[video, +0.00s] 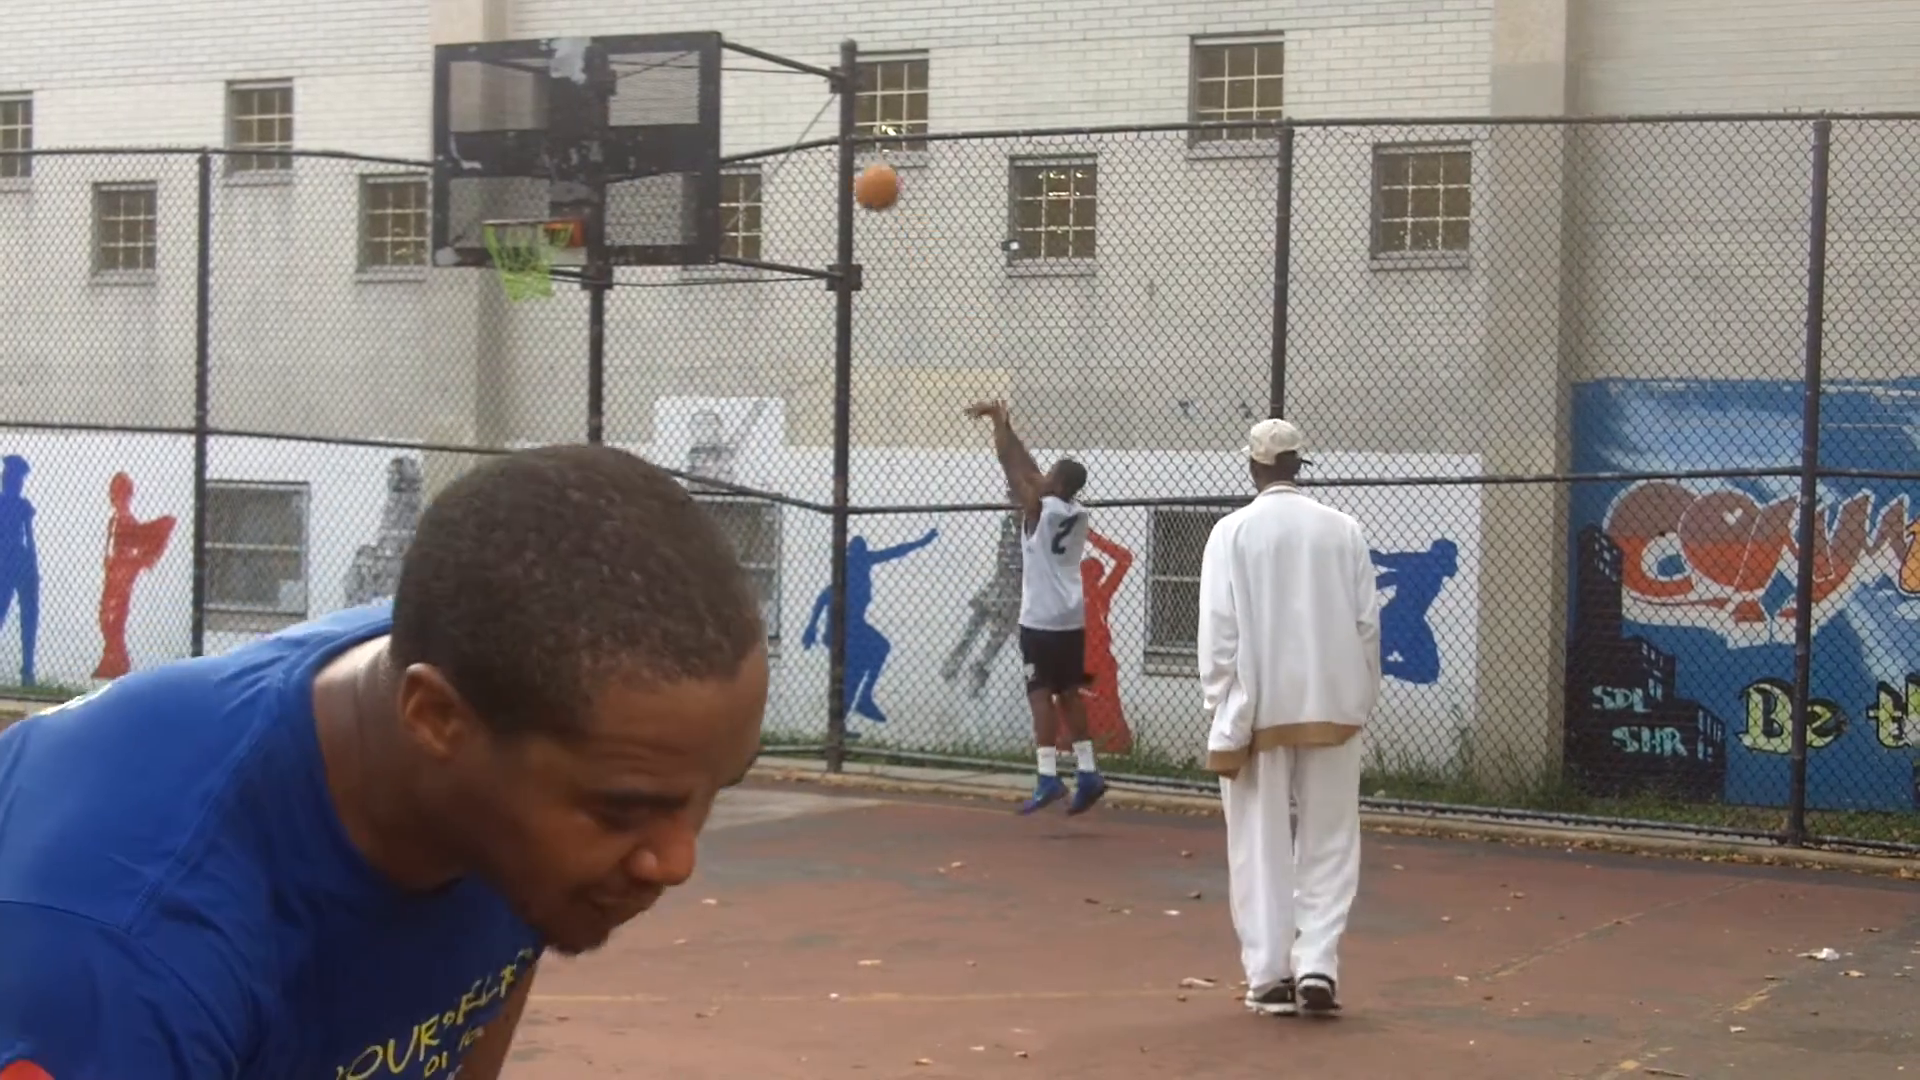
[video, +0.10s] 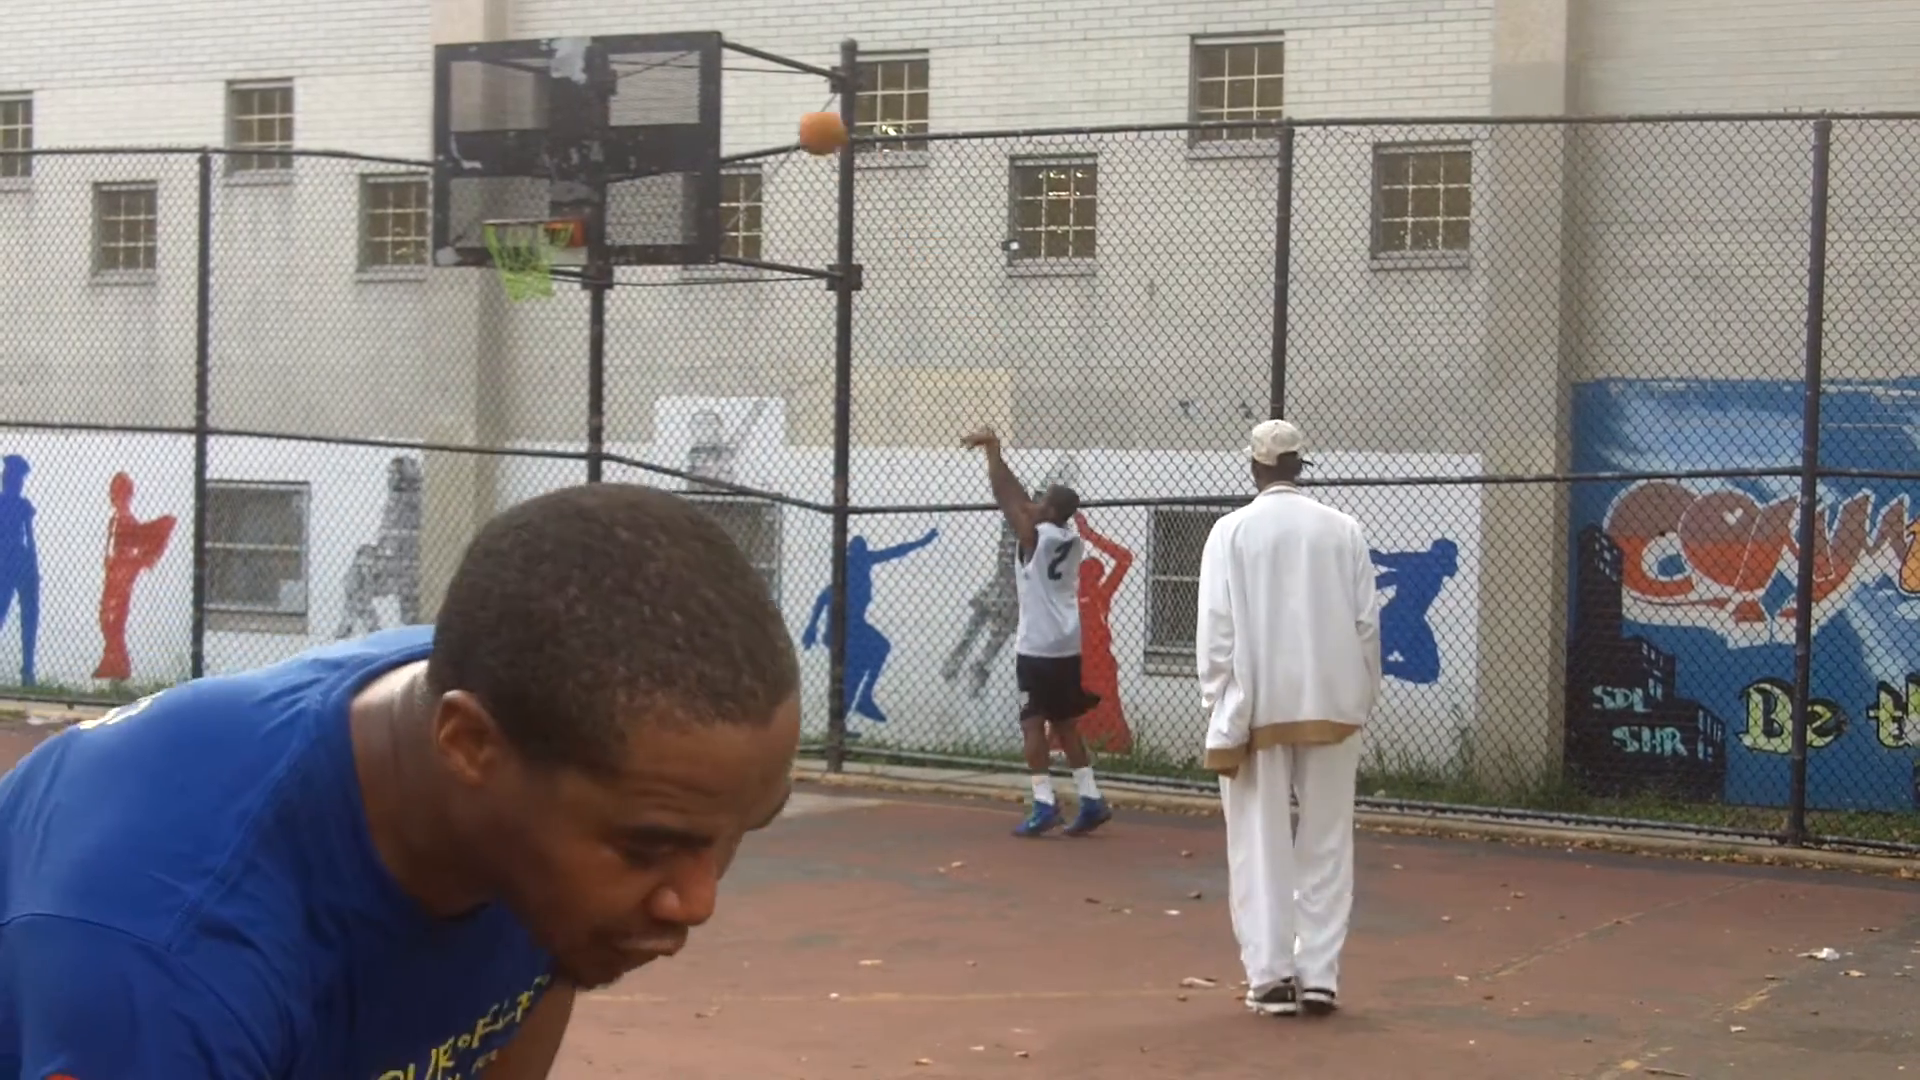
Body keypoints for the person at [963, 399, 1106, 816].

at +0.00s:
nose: (1044, 474)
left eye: (1050, 472)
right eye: (1050, 470)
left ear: (1057, 483)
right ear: (1073, 491)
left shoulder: (1036, 507)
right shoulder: (1078, 516)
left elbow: (1011, 464)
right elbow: (1030, 471)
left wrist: (998, 418)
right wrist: (1005, 424)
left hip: (1038, 617)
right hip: (1073, 617)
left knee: (1040, 695)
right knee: (1070, 693)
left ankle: (1047, 777)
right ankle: (1089, 772)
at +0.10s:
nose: (1036, 502)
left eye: (1043, 500)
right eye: (1041, 498)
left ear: (1054, 512)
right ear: (1064, 515)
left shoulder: (1033, 535)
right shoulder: (1071, 538)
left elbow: (1004, 498)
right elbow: (1023, 500)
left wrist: (991, 448)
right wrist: (996, 454)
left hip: (1036, 647)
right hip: (1068, 645)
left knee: (1032, 725)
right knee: (1064, 723)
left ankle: (1044, 803)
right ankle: (1092, 799)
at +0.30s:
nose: (1023, 520)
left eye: (1030, 516)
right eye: (1026, 515)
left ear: (1040, 526)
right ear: (1049, 528)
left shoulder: (1023, 561)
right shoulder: (1054, 561)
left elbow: (993, 604)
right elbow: (1028, 603)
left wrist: (984, 574)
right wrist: (1003, 575)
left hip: (1027, 667)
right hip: (1052, 666)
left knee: (1019, 736)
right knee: (1041, 736)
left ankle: (1047, 810)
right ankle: (1084, 793)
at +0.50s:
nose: (998, 518)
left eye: (1004, 515)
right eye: (1002, 513)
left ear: (1012, 526)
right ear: (1022, 529)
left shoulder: (1002, 565)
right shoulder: (1029, 561)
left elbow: (1031, 608)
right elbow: (1060, 599)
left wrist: (1022, 656)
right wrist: (1077, 634)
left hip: (1014, 670)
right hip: (1023, 669)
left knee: (1016, 737)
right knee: (999, 731)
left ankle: (1045, 809)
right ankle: (1046, 797)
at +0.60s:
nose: (986, 516)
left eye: (992, 513)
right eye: (990, 511)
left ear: (1001, 523)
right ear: (1012, 527)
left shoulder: (990, 561)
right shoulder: (1023, 558)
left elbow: (1017, 604)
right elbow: (1054, 591)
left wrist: (1012, 652)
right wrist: (1073, 626)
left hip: (1005, 667)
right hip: (1011, 666)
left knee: (1015, 735)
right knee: (984, 723)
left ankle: (1044, 805)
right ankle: (1018, 793)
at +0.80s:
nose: (958, 525)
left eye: (964, 521)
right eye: (962, 519)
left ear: (974, 530)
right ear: (982, 533)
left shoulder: (965, 569)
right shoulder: (994, 565)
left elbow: (966, 625)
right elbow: (1010, 619)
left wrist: (936, 662)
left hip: (984, 672)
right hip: (1000, 669)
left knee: (1007, 736)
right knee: (954, 722)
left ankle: (1040, 806)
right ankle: (986, 796)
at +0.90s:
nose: (943, 527)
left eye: (949, 523)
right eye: (946, 521)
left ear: (958, 532)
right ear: (968, 535)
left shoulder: (948, 569)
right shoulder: (978, 566)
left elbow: (944, 624)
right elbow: (982, 619)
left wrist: (906, 654)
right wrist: (955, 660)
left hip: (971, 673)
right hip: (981, 670)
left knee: (985, 738)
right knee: (949, 727)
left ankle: (1032, 797)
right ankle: (985, 797)